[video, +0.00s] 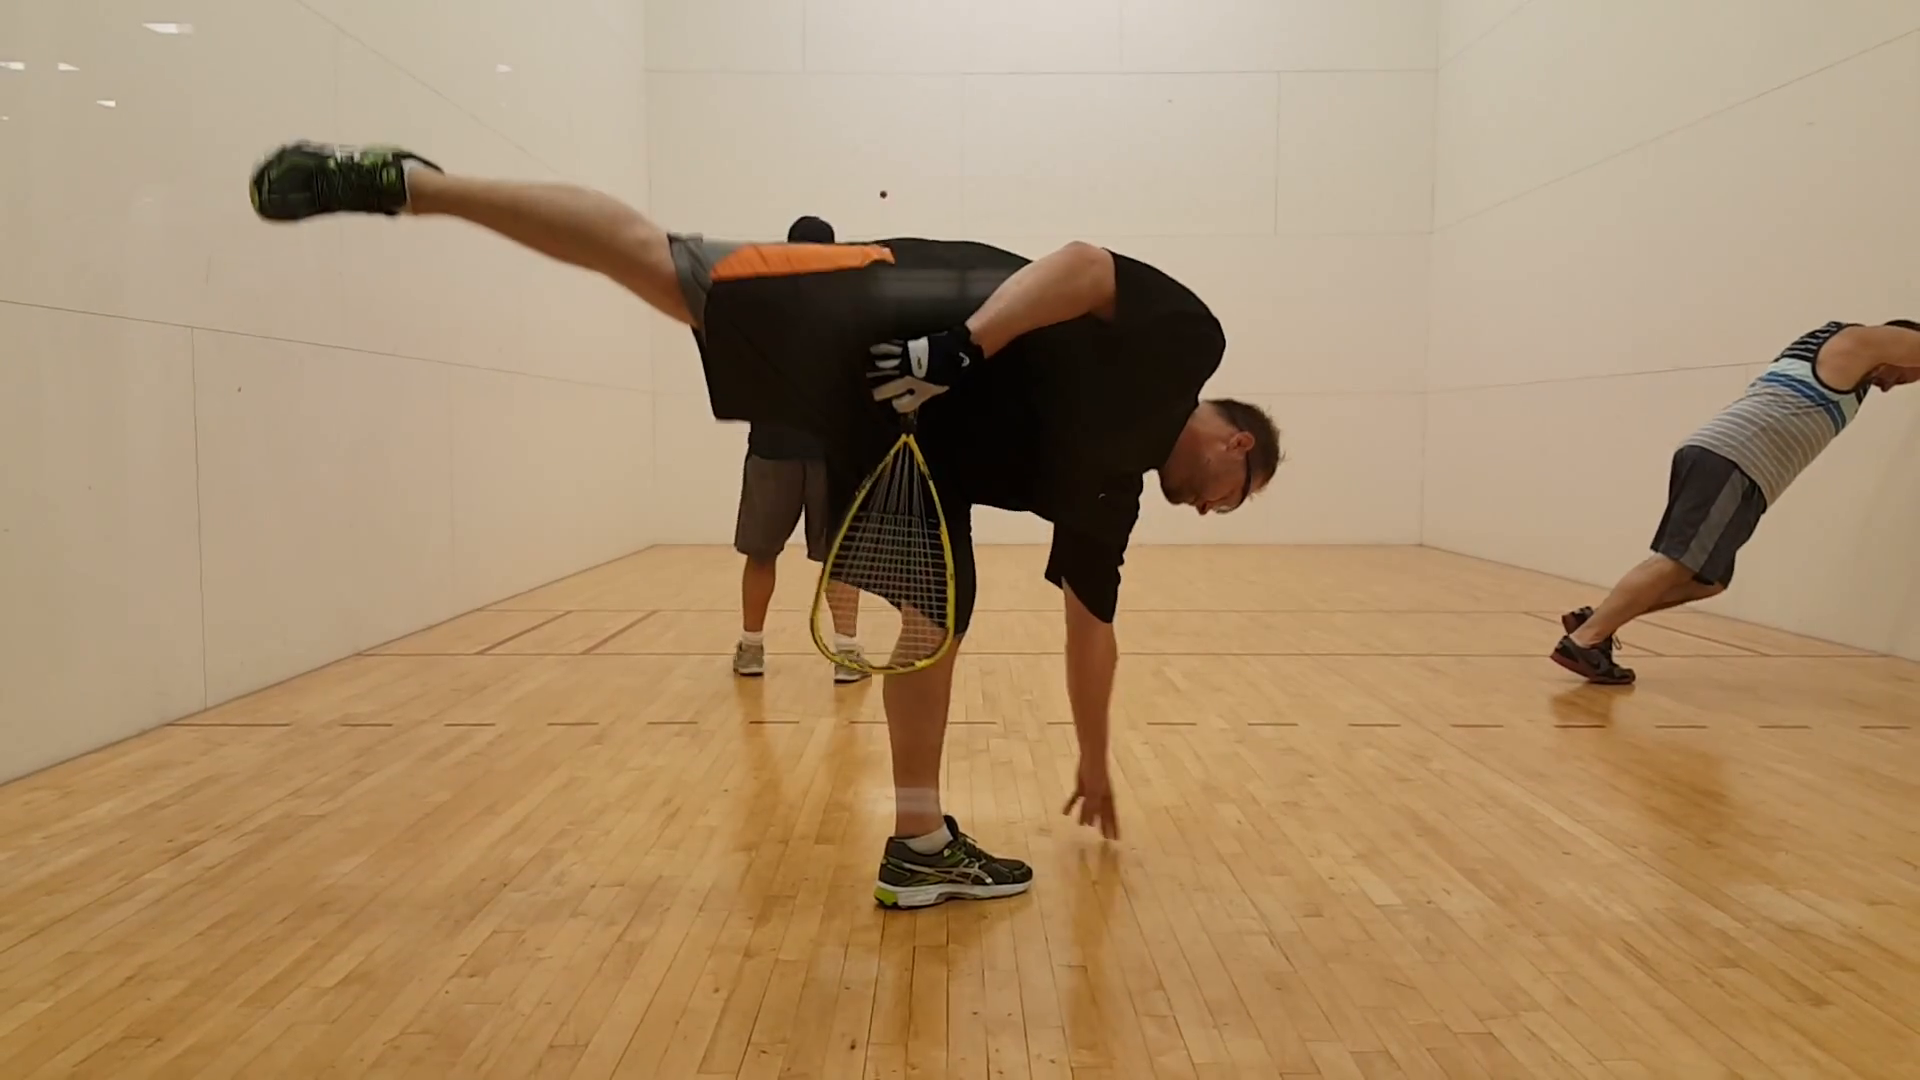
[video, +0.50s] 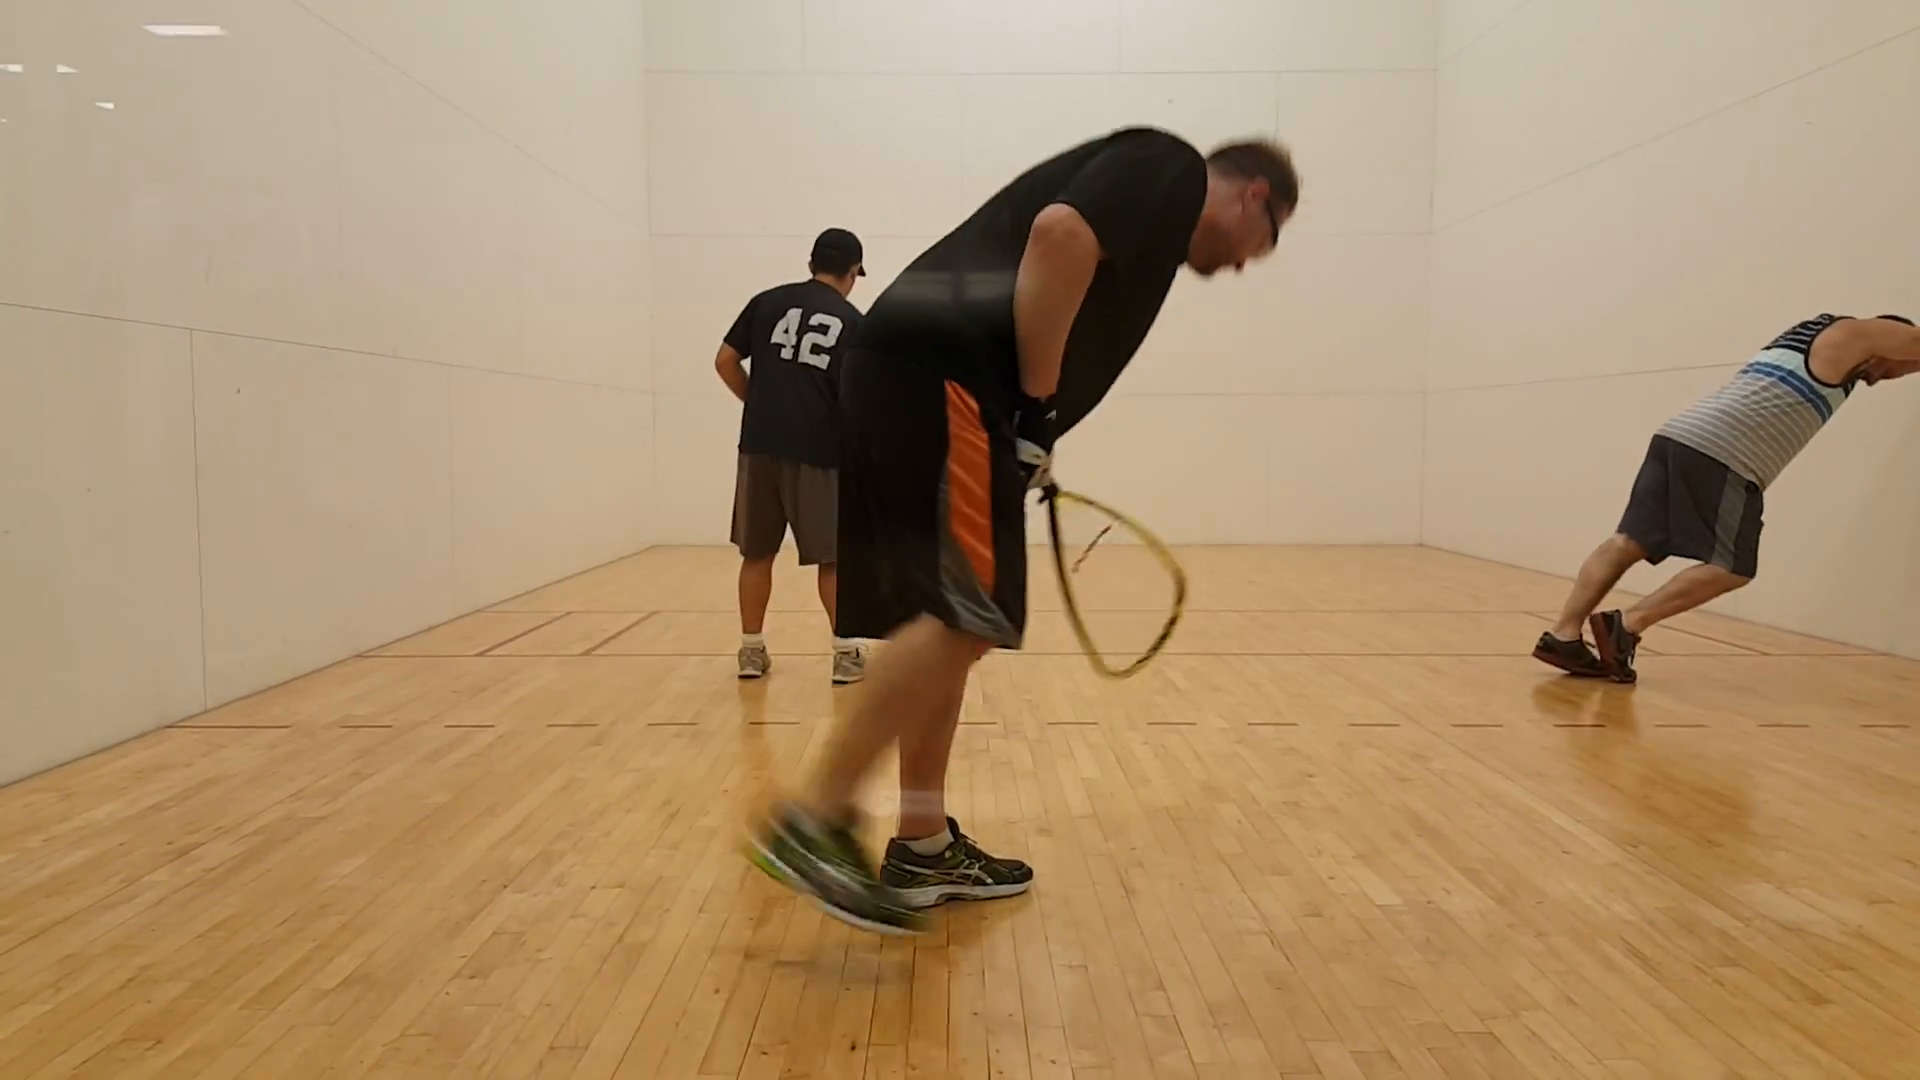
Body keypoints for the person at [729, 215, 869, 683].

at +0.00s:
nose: (814, 258)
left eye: (809, 250)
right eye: (817, 250)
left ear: (787, 250)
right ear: (833, 251)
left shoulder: (763, 296)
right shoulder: (854, 297)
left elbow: (740, 370)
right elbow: (874, 363)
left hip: (774, 441)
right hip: (837, 440)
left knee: (761, 550)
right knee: (843, 549)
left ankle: (750, 646)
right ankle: (846, 651)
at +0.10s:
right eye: (839, 258)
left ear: (796, 256)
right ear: (842, 259)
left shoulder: (761, 301)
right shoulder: (859, 304)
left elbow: (731, 376)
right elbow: (881, 377)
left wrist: (737, 443)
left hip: (768, 448)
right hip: (834, 450)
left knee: (762, 551)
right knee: (840, 553)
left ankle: (752, 648)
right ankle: (847, 651)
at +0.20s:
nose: (847, 267)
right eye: (849, 261)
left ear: (803, 255)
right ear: (848, 263)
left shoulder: (763, 300)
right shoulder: (857, 313)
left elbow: (727, 361)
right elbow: (872, 382)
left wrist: (767, 386)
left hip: (766, 451)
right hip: (831, 451)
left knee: (762, 550)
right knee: (836, 553)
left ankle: (752, 649)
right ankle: (846, 653)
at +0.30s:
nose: (853, 272)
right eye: (855, 266)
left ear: (807, 257)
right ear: (852, 265)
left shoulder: (767, 300)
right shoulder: (855, 316)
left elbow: (728, 362)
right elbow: (867, 385)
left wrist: (766, 394)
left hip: (766, 441)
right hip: (827, 445)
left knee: (757, 539)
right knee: (838, 538)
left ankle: (752, 648)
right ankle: (846, 652)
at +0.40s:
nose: (857, 277)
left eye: (855, 271)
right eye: (858, 271)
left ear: (812, 261)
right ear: (854, 270)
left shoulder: (768, 301)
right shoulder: (854, 321)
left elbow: (728, 361)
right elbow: (866, 385)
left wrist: (760, 398)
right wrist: (857, 429)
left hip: (762, 443)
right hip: (821, 448)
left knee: (759, 553)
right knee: (836, 557)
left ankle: (751, 653)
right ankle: (847, 653)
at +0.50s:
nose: (856, 281)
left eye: (856, 275)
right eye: (858, 274)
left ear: (810, 264)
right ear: (853, 272)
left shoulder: (767, 302)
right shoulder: (854, 324)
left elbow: (726, 361)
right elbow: (861, 391)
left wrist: (757, 401)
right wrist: (856, 433)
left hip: (761, 442)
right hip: (820, 448)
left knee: (757, 551)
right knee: (832, 556)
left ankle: (751, 649)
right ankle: (847, 652)